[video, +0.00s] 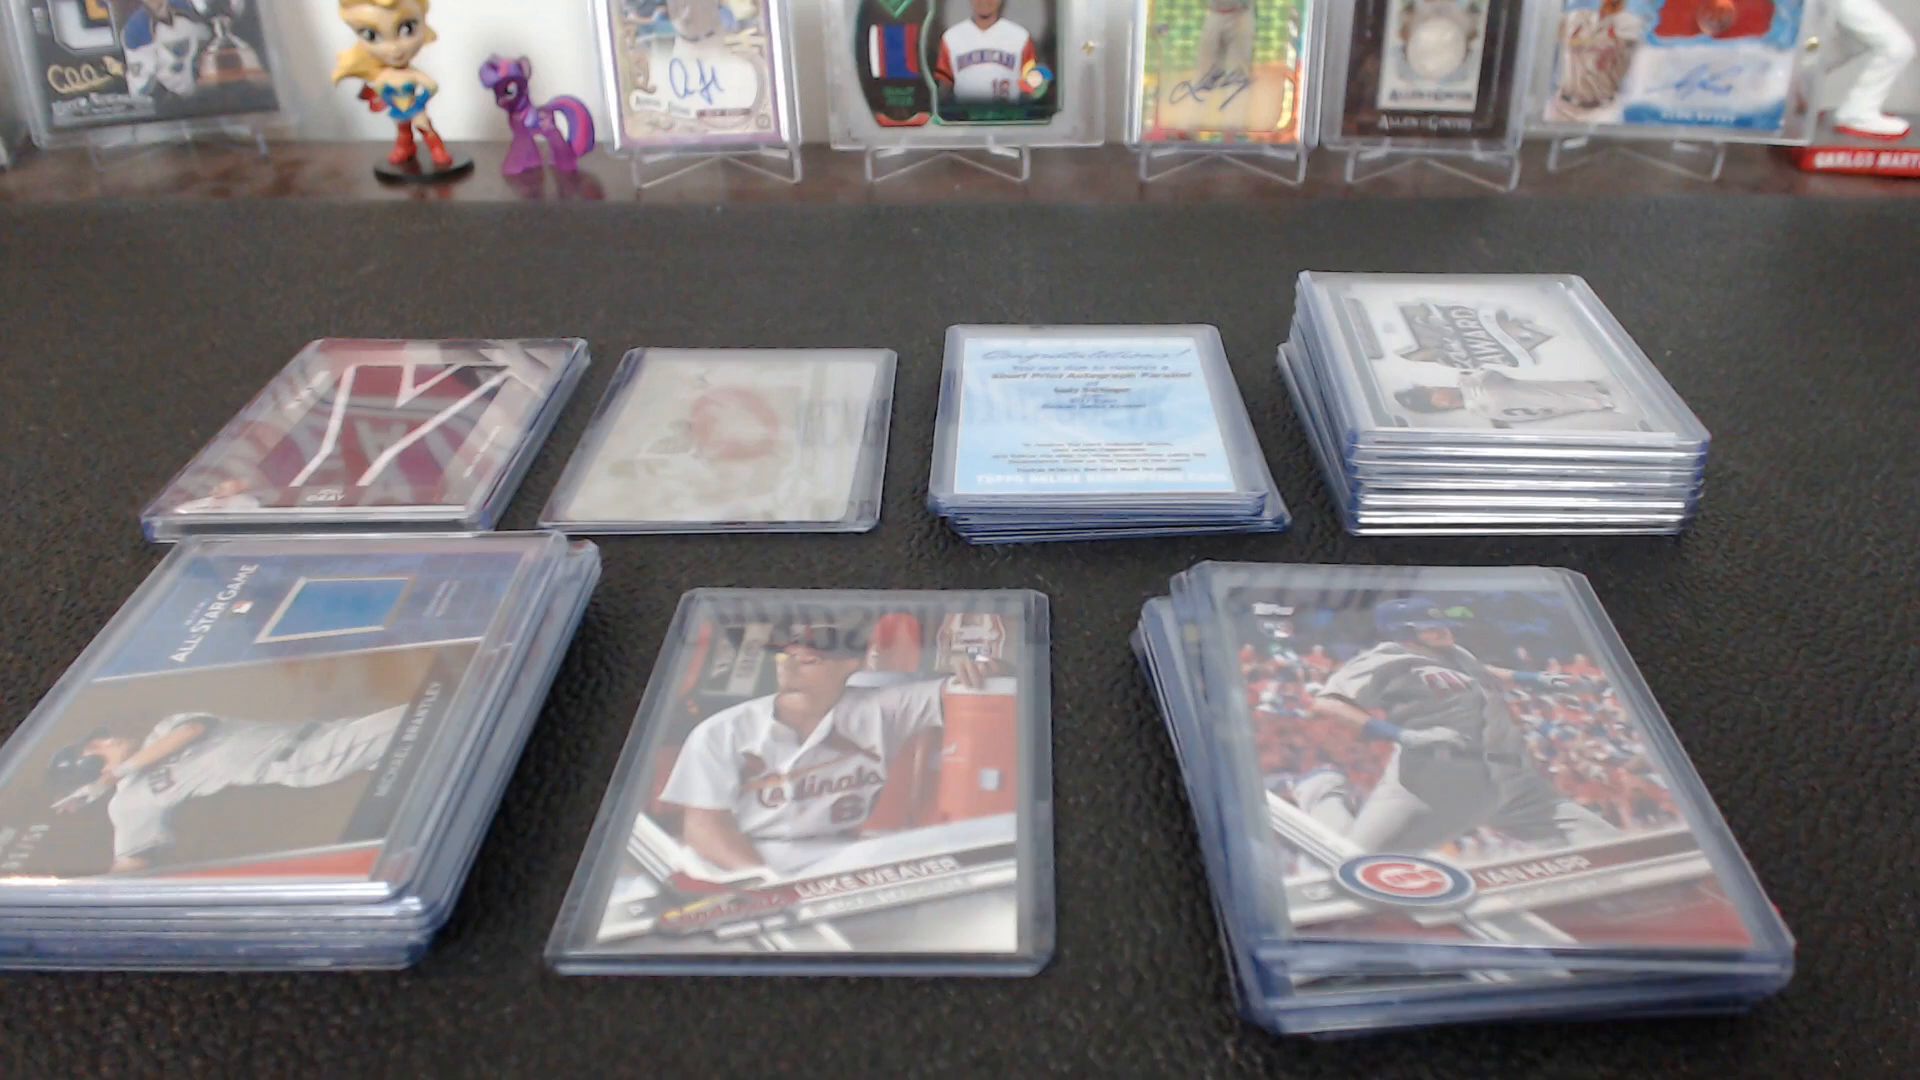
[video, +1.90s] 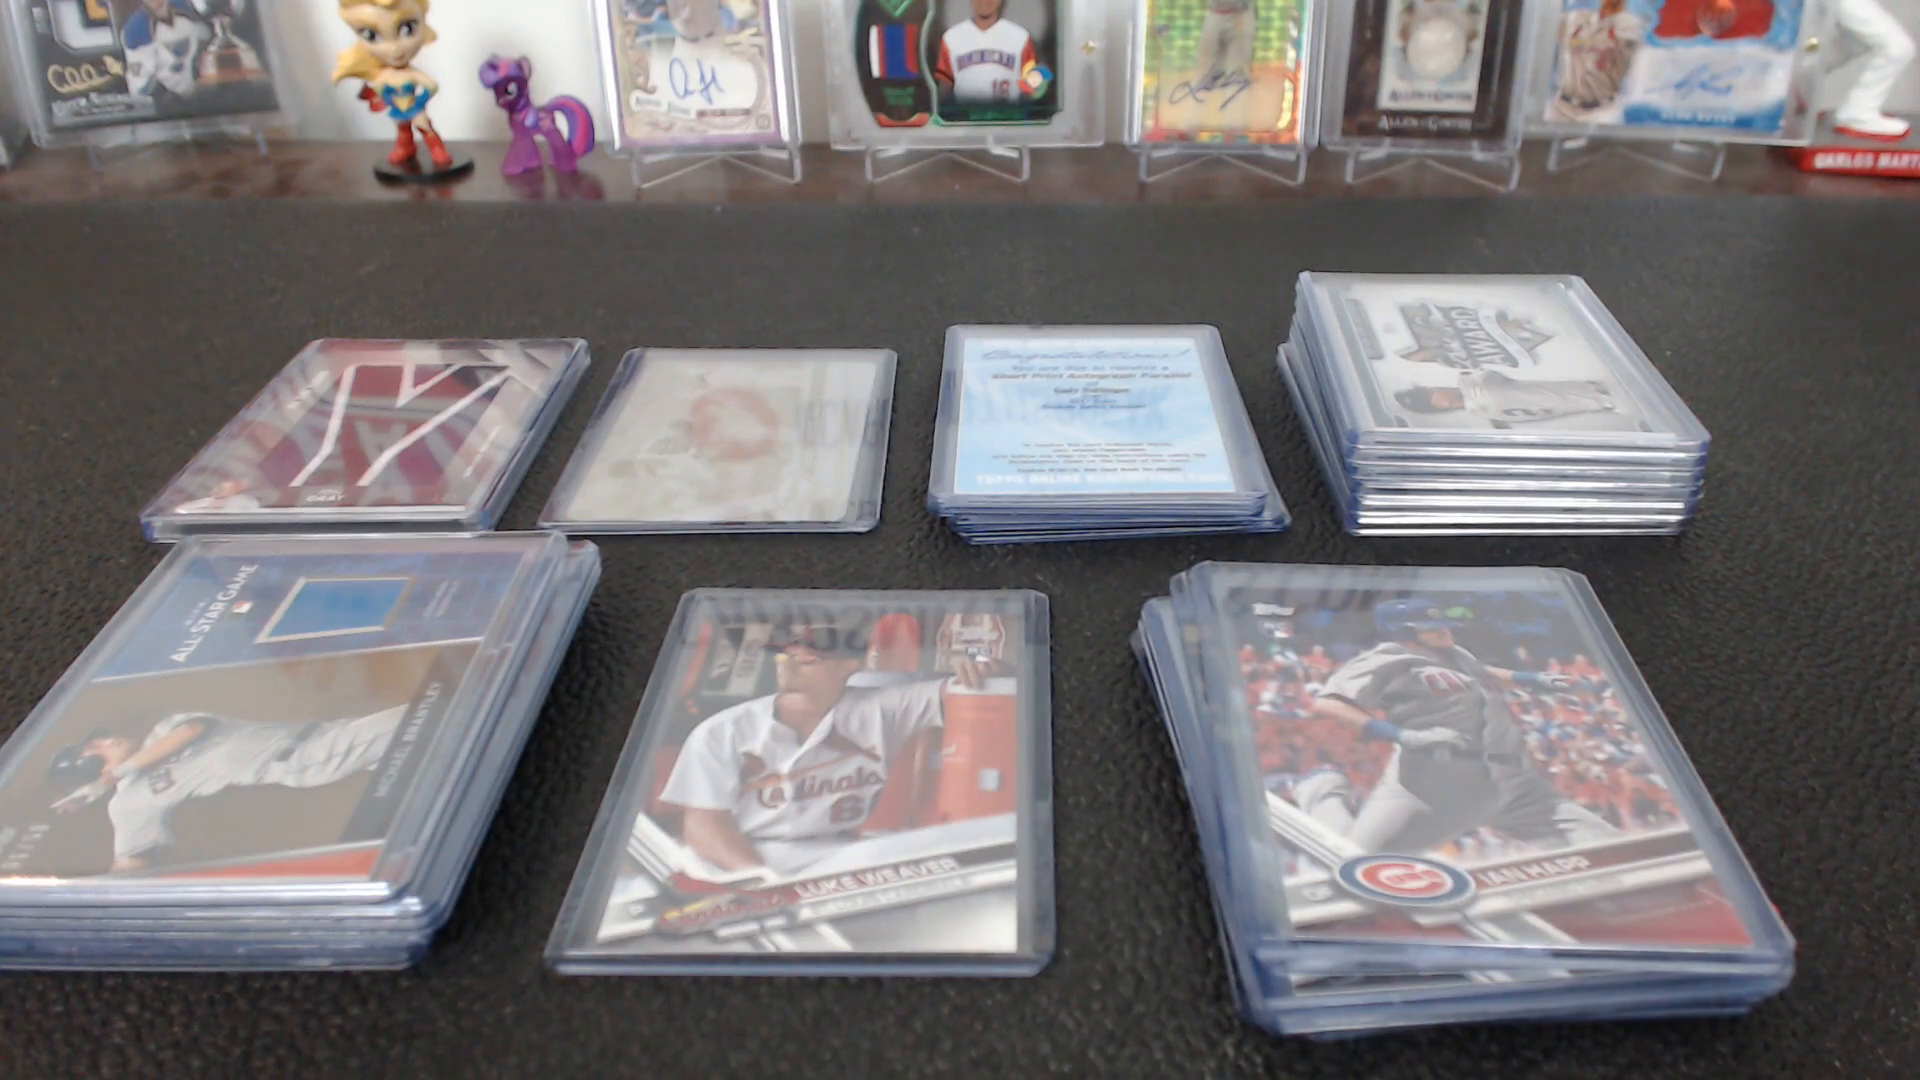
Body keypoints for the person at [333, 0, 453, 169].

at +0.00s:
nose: (393, 49)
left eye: (407, 29)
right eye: (371, 35)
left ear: (424, 25)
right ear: (357, 36)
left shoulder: (414, 74)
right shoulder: (376, 72)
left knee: (421, 121)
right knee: (400, 120)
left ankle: (436, 148)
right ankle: (405, 146)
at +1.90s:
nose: (393, 49)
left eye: (407, 29)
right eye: (371, 35)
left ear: (424, 26)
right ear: (357, 36)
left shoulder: (414, 74)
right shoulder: (378, 74)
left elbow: (426, 86)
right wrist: (375, 99)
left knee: (421, 121)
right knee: (401, 122)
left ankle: (437, 148)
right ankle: (405, 146)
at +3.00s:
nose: (394, 49)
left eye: (407, 30)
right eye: (371, 36)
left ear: (424, 27)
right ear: (358, 37)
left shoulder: (414, 74)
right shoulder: (377, 74)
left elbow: (427, 86)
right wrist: (375, 100)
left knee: (421, 121)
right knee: (401, 121)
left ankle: (436, 148)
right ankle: (405, 146)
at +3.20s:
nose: (394, 50)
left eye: (407, 30)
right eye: (371, 36)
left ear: (424, 27)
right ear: (358, 37)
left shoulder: (414, 74)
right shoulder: (377, 74)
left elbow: (427, 86)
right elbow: (370, 87)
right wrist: (375, 100)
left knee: (421, 121)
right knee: (401, 121)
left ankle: (436, 148)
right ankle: (405, 146)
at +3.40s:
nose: (394, 50)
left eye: (407, 30)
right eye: (371, 36)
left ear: (424, 28)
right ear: (358, 37)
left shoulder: (414, 74)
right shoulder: (377, 74)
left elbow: (426, 85)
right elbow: (369, 87)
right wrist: (375, 100)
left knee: (421, 121)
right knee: (401, 121)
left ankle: (436, 148)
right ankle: (405, 147)